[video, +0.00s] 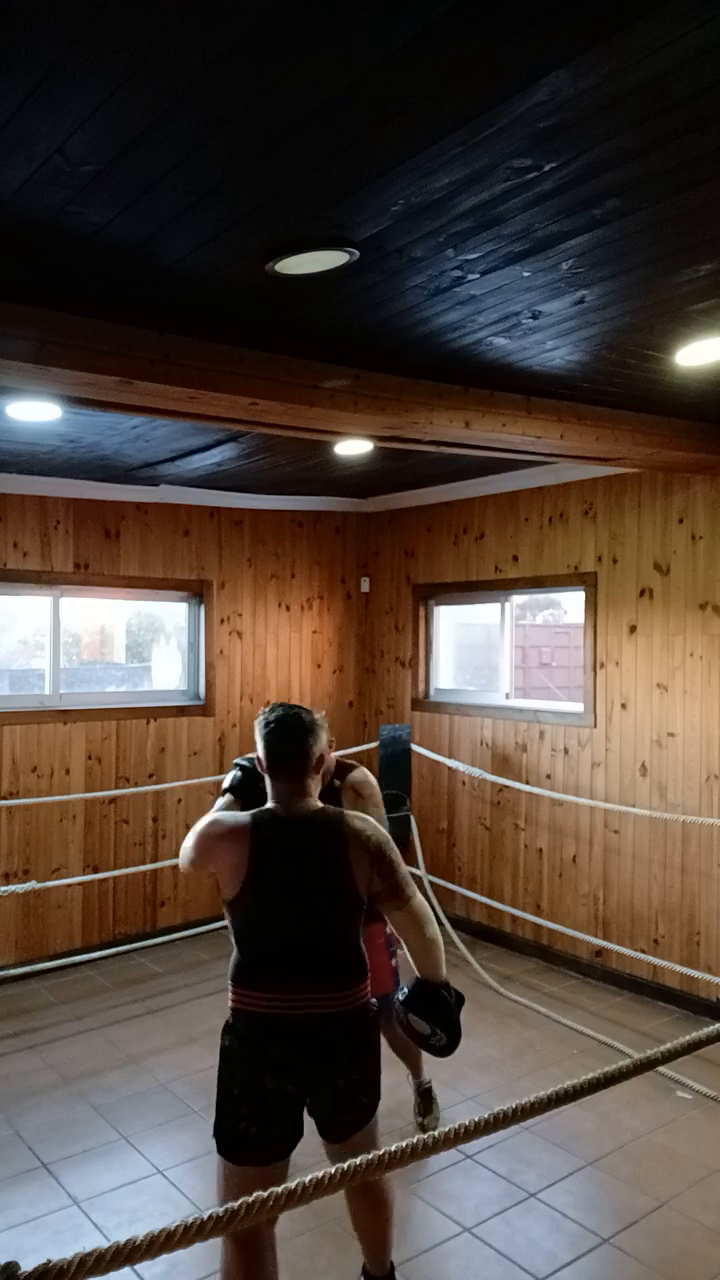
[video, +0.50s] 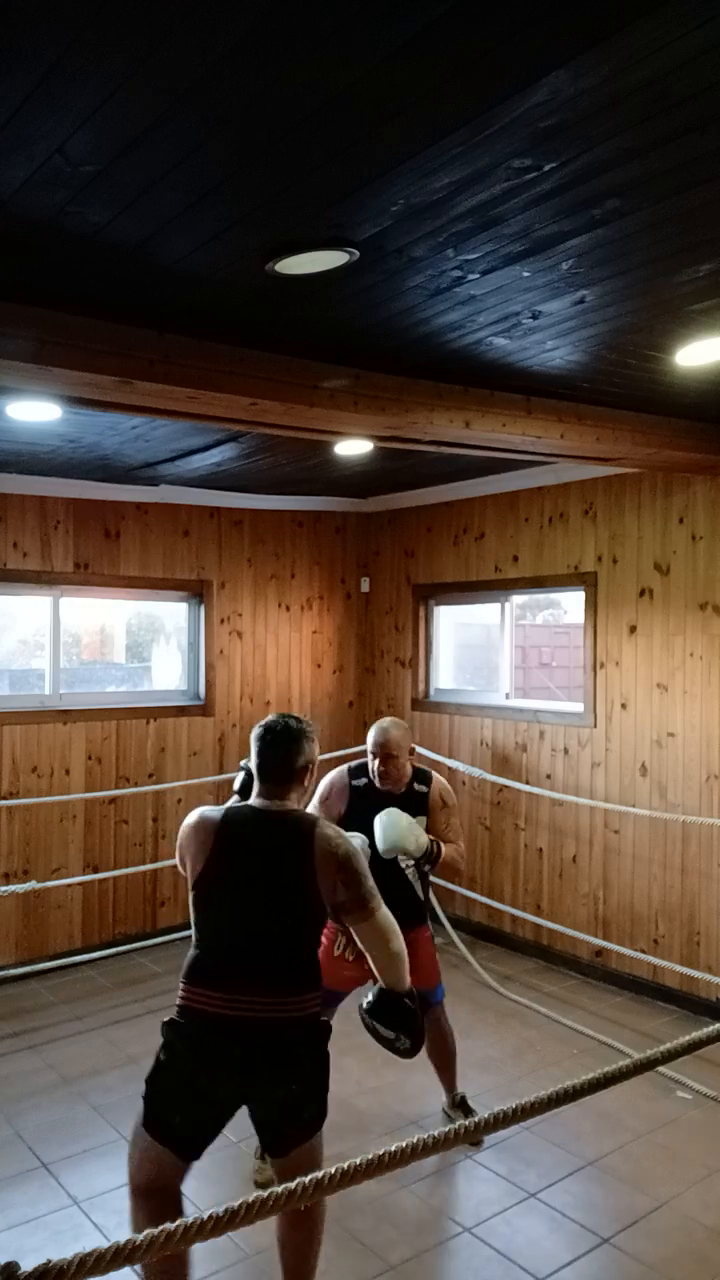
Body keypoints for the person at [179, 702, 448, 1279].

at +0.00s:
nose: (330, 758)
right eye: (328, 750)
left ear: (256, 766)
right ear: (322, 763)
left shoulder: (228, 835)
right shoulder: (362, 835)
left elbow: (193, 855)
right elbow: (409, 912)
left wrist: (231, 794)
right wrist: (435, 989)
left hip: (259, 1037)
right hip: (344, 1034)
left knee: (248, 1211)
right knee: (360, 1164)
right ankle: (380, 1270)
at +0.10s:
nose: (319, 759)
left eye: (317, 750)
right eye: (316, 751)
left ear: (243, 767)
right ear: (307, 761)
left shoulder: (216, 840)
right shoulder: (350, 834)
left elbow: (184, 875)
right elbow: (400, 910)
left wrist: (220, 801)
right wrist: (431, 986)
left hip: (248, 1043)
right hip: (336, 1038)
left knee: (239, 1223)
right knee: (354, 1167)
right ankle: (376, 1270)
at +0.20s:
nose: (310, 759)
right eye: (307, 751)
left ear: (237, 760)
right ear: (300, 758)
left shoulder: (203, 835)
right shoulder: (342, 832)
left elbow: (180, 878)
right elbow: (400, 921)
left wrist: (219, 806)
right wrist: (422, 986)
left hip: (238, 1040)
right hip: (327, 1035)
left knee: (238, 1226)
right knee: (333, 1156)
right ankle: (345, 1267)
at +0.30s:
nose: (310, 761)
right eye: (310, 752)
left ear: (240, 759)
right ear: (301, 760)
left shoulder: (199, 829)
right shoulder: (335, 833)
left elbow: (181, 873)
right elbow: (397, 925)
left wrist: (222, 802)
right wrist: (415, 985)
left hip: (226, 1039)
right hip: (315, 1037)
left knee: (226, 1219)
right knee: (311, 1181)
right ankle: (301, 1276)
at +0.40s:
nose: (314, 766)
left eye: (311, 759)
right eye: (314, 759)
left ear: (251, 762)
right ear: (307, 767)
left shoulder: (202, 828)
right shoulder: (335, 840)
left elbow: (188, 869)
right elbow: (390, 929)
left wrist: (233, 796)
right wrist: (407, 994)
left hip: (214, 1040)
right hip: (303, 1040)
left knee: (191, 1208)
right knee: (303, 1182)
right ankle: (299, 1276)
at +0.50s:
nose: (317, 772)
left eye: (315, 764)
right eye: (316, 765)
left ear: (248, 767)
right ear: (309, 772)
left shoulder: (198, 829)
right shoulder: (333, 846)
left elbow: (202, 881)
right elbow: (378, 931)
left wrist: (243, 796)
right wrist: (398, 999)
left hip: (203, 1042)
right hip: (293, 1046)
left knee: (152, 1181)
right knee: (300, 1181)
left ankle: (167, 1276)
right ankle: (299, 1275)